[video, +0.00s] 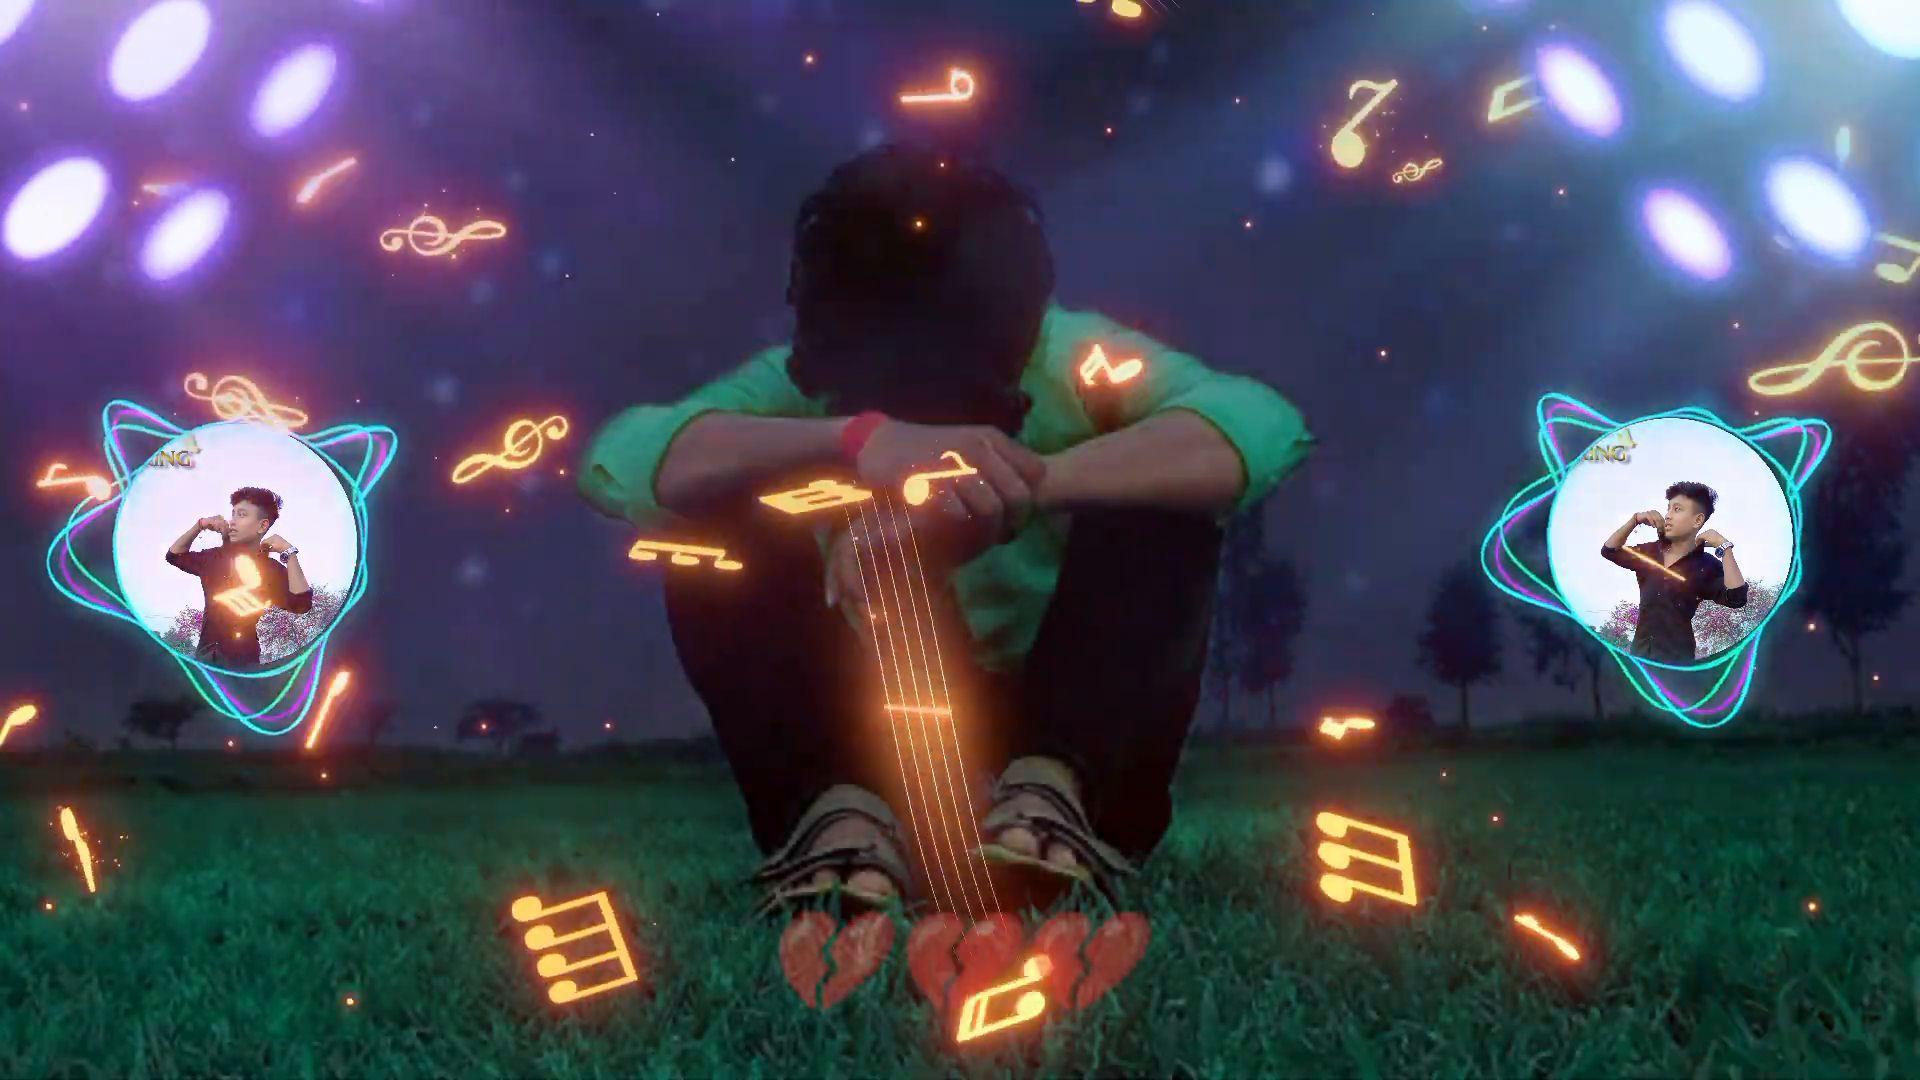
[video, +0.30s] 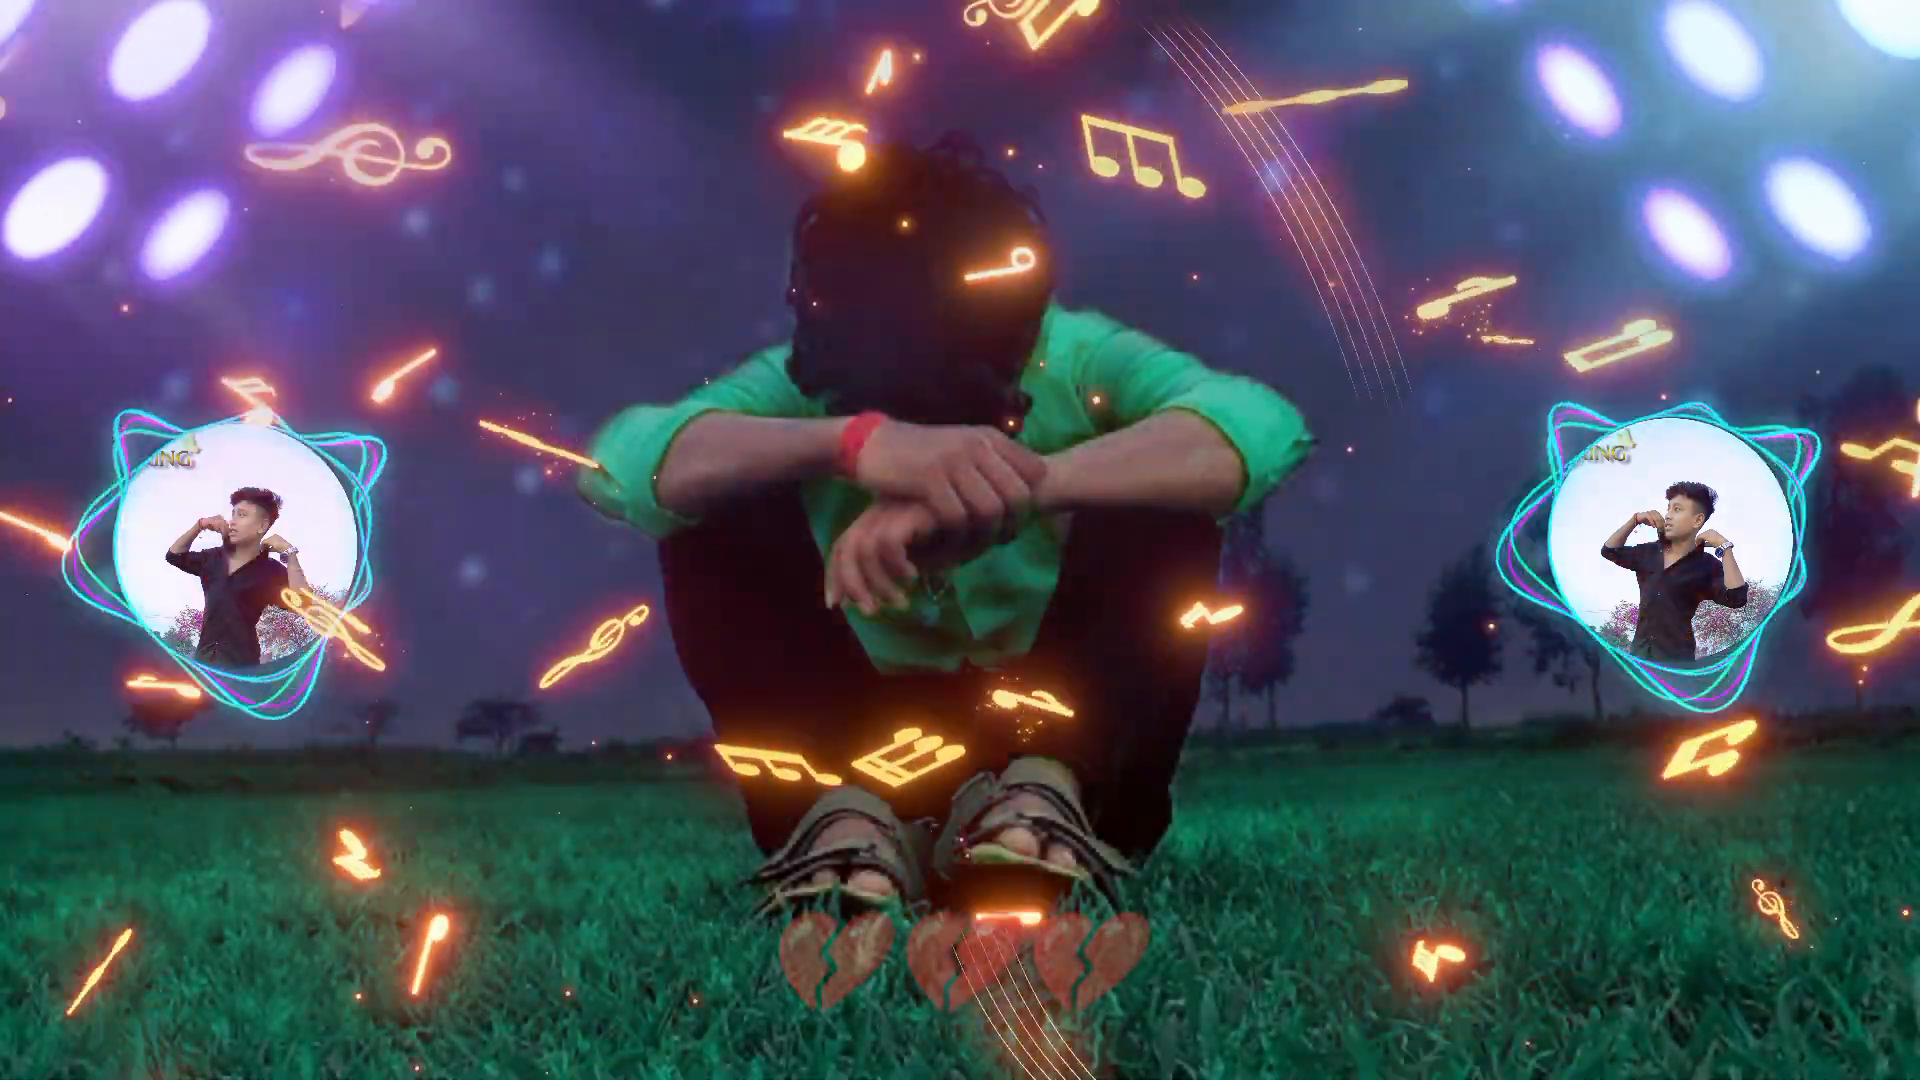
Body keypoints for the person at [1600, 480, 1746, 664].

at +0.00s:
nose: (1667, 515)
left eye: (1677, 509)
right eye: (1668, 509)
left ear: (1698, 520)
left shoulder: (1705, 565)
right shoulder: (1648, 552)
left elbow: (1737, 599)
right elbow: (1609, 551)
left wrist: (1725, 547)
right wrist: (1634, 521)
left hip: (1678, 658)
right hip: (1640, 654)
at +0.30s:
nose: (1667, 515)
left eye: (1677, 509)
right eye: (1668, 509)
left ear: (1698, 520)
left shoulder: (1705, 565)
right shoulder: (1648, 553)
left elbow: (1737, 599)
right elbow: (1609, 551)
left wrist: (1725, 547)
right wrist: (1634, 521)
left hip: (1677, 659)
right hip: (1640, 654)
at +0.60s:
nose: (1668, 515)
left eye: (1677, 509)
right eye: (1668, 508)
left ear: (1698, 520)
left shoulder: (1706, 564)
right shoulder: (1647, 554)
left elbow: (1736, 599)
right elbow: (1609, 551)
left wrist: (1724, 547)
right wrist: (1633, 522)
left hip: (1681, 661)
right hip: (1642, 655)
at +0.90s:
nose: (1667, 516)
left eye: (1677, 509)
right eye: (1668, 509)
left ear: (1698, 519)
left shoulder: (1705, 565)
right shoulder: (1648, 553)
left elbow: (1737, 600)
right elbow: (1609, 551)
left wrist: (1725, 548)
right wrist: (1633, 522)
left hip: (1678, 659)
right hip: (1640, 654)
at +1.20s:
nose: (1667, 515)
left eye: (1677, 509)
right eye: (1668, 509)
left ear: (1698, 519)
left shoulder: (1705, 566)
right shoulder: (1648, 553)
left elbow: (1737, 600)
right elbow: (1609, 551)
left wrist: (1725, 548)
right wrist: (1633, 521)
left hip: (1678, 659)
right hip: (1639, 655)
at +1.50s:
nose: (1668, 515)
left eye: (1678, 509)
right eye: (1669, 508)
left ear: (1699, 520)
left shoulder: (1705, 565)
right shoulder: (1648, 553)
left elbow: (1737, 600)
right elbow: (1609, 551)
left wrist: (1725, 548)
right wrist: (1633, 521)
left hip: (1678, 659)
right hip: (1640, 654)